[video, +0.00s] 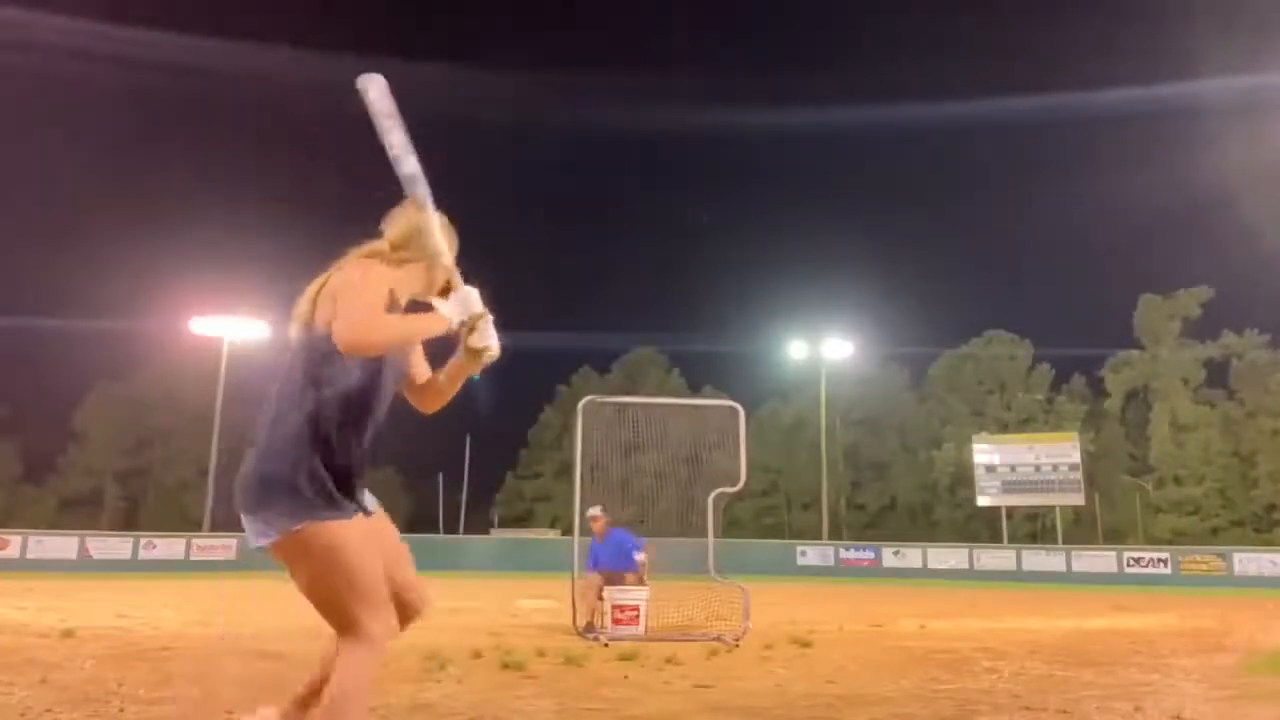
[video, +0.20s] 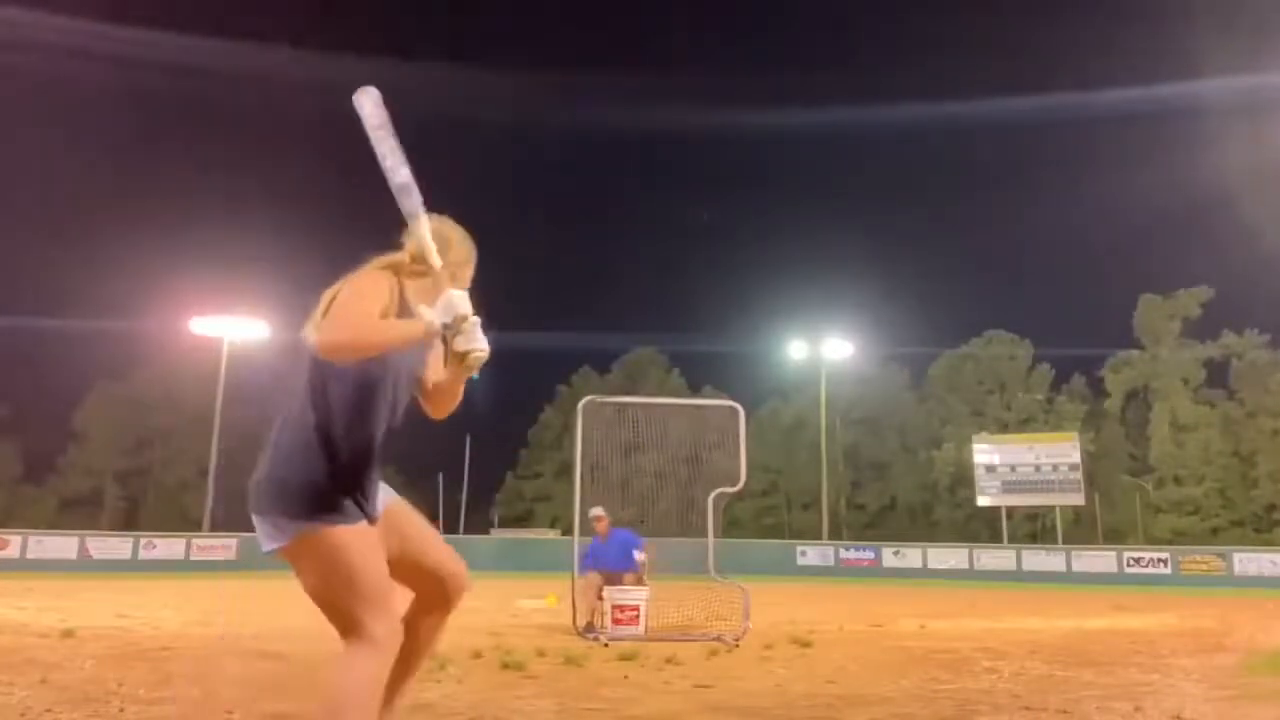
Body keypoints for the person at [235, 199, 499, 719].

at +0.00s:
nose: (442, 286)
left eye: (446, 277)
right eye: (443, 272)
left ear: (406, 255)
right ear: (426, 257)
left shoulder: (396, 315)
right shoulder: (362, 272)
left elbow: (427, 398)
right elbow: (353, 335)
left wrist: (468, 358)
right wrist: (446, 318)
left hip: (335, 484)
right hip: (289, 485)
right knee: (369, 629)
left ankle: (298, 709)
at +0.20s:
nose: (460, 293)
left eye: (464, 284)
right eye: (462, 280)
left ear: (421, 258)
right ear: (443, 268)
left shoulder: (423, 324)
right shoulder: (375, 282)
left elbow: (436, 405)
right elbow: (331, 339)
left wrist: (460, 366)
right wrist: (429, 325)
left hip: (355, 488)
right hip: (304, 493)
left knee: (446, 581)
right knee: (376, 628)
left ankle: (379, 706)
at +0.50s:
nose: (509, 333)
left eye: (510, 322)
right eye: (506, 319)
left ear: (474, 317)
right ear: (481, 312)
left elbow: (484, 403)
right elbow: (308, 317)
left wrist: (453, 334)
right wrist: (396, 302)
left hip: (412, 524)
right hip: (349, 523)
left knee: (457, 627)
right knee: (394, 641)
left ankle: (411, 704)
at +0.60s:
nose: (509, 357)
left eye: (510, 347)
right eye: (507, 345)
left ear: (475, 339)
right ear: (486, 338)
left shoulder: (472, 389)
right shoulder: (411, 368)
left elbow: (503, 429)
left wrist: (463, 367)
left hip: (410, 542)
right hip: (368, 544)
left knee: (453, 634)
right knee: (422, 652)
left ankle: (421, 706)